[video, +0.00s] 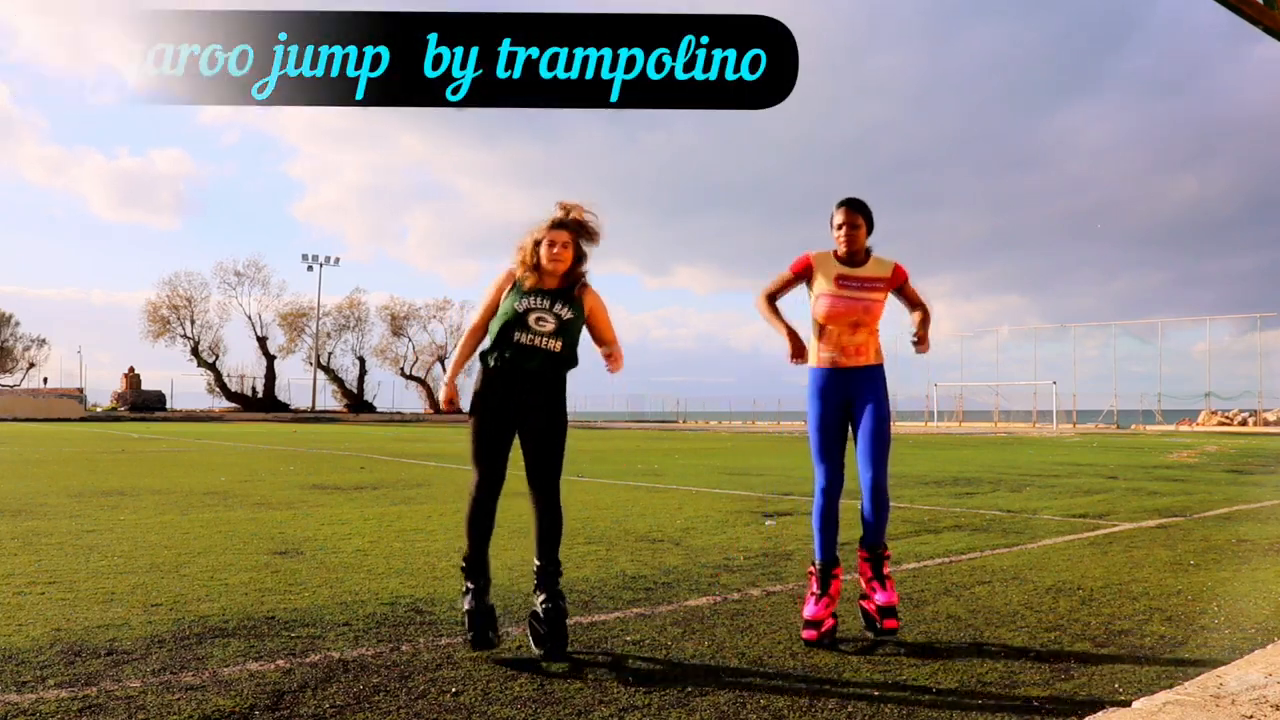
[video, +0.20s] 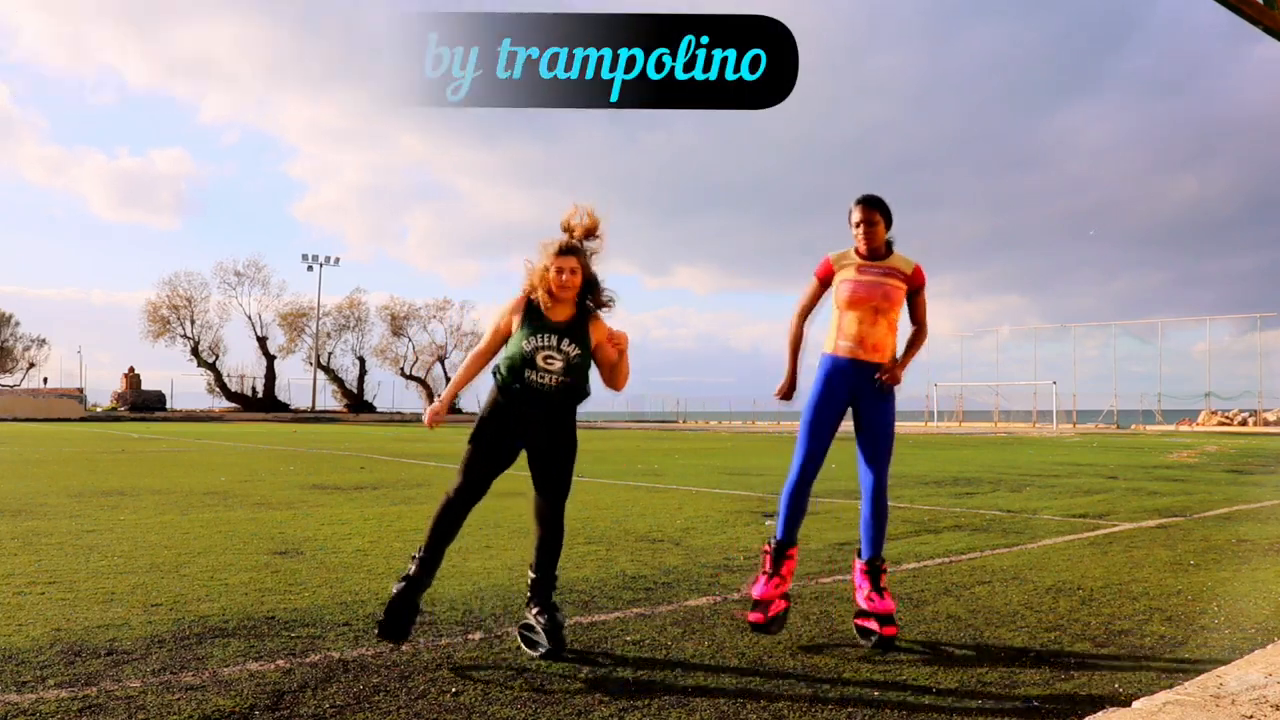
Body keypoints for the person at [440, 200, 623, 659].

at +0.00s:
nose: (555, 250)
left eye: (565, 246)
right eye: (549, 242)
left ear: (576, 254)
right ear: (537, 245)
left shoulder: (584, 297)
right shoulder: (511, 281)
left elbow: (609, 342)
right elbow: (477, 330)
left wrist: (612, 356)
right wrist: (451, 378)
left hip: (545, 402)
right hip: (495, 397)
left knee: (546, 493)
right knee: (487, 485)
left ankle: (548, 592)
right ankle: (475, 587)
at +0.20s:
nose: (562, 279)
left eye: (571, 272)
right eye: (556, 270)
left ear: (584, 279)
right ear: (544, 273)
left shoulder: (592, 325)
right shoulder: (522, 308)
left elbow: (616, 383)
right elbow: (483, 353)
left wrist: (621, 355)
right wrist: (446, 398)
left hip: (556, 425)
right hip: (505, 414)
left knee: (551, 514)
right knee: (464, 493)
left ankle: (540, 608)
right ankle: (413, 586)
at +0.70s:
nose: (564, 283)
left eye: (571, 277)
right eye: (557, 276)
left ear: (582, 284)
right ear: (545, 282)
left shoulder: (591, 333)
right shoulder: (521, 316)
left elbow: (607, 386)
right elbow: (482, 364)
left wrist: (622, 393)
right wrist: (445, 410)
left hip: (551, 429)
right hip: (502, 418)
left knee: (545, 515)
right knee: (449, 491)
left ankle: (539, 605)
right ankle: (390, 572)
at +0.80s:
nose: (544, 282)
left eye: (553, 276)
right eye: (538, 274)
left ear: (566, 283)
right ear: (527, 280)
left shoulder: (577, 329)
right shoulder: (506, 316)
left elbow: (582, 380)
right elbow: (476, 366)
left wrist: (578, 426)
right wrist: (477, 401)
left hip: (548, 430)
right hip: (498, 422)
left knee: (543, 516)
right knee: (455, 498)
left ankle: (539, 606)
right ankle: (428, 586)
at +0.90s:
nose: (526, 267)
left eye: (534, 260)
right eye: (519, 260)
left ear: (547, 263)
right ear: (508, 263)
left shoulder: (564, 309)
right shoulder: (492, 298)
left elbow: (574, 364)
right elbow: (462, 345)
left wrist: (571, 413)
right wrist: (484, 355)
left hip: (545, 413)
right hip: (496, 407)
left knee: (545, 500)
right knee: (468, 489)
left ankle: (546, 595)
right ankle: (454, 586)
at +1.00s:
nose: (504, 260)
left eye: (512, 253)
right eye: (497, 253)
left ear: (524, 258)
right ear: (485, 257)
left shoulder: (542, 292)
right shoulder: (468, 290)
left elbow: (565, 344)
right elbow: (431, 340)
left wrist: (585, 398)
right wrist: (458, 325)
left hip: (540, 397)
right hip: (491, 398)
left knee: (556, 484)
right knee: (482, 490)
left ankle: (577, 578)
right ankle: (480, 585)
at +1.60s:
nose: (452, 273)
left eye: (461, 267)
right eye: (447, 267)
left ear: (476, 275)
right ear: (439, 276)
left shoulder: (501, 313)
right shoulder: (428, 324)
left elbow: (537, 365)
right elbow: (420, 389)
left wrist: (567, 413)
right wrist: (426, 372)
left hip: (513, 416)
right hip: (464, 424)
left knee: (562, 494)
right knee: (467, 518)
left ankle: (613, 572)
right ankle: (470, 609)